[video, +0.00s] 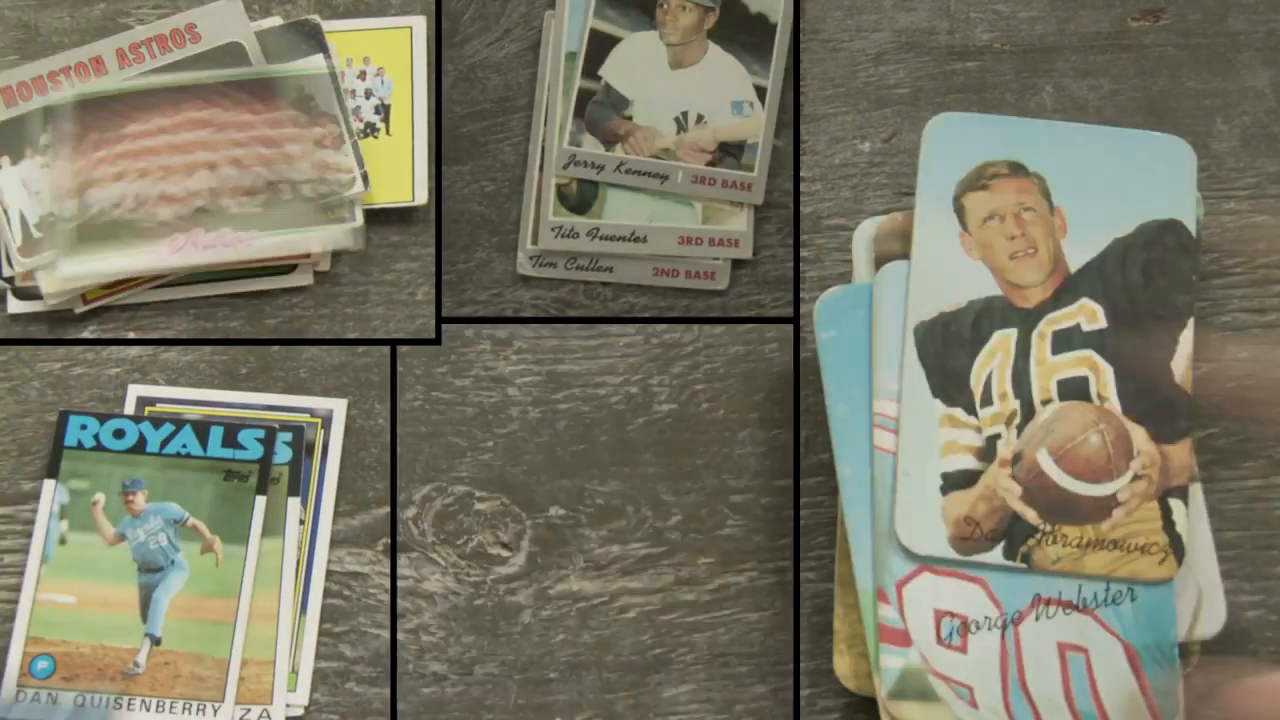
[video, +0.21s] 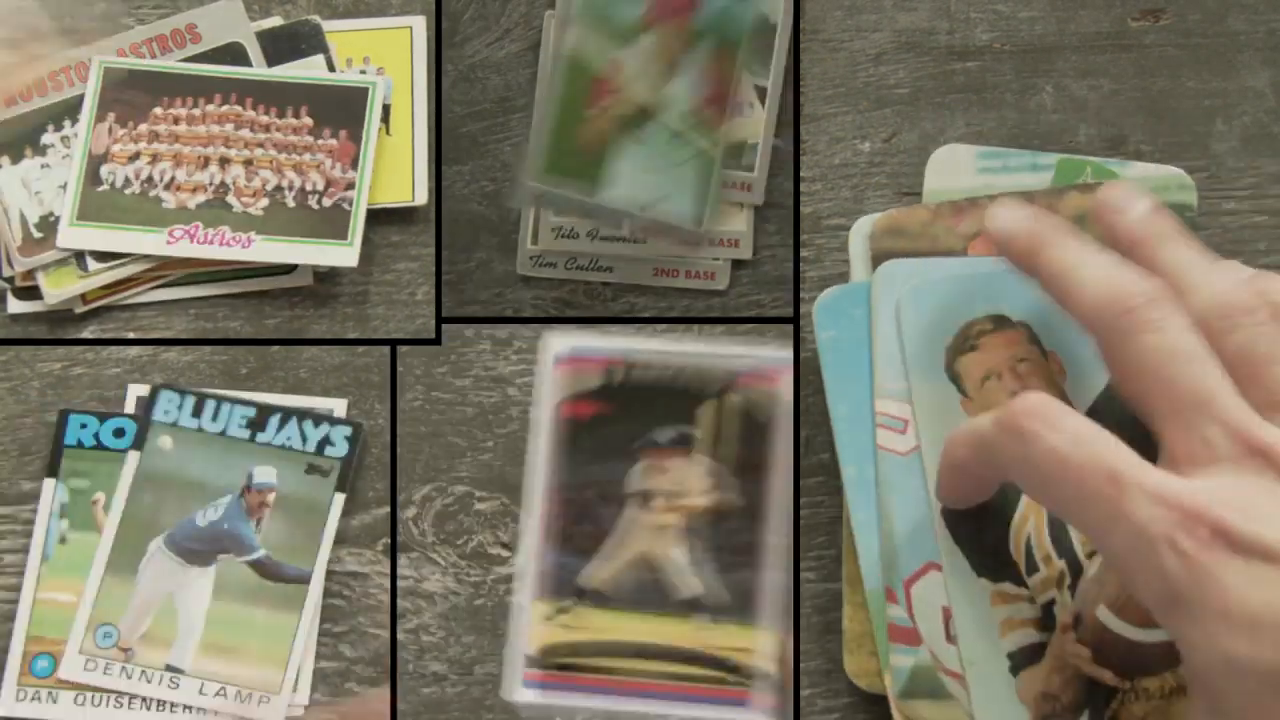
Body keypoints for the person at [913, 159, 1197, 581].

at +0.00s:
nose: (1016, 230)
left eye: (1027, 211)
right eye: (994, 220)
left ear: (1058, 223)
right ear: (970, 246)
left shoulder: (1130, 294)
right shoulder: (961, 345)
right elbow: (963, 532)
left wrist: (1167, 466)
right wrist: (996, 494)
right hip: (1035, 572)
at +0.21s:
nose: (1012, 385)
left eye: (1023, 364)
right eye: (990, 382)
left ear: (1056, 368)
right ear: (971, 409)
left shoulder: (1127, 425)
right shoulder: (997, 523)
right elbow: (1035, 692)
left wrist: (1259, 692)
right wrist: (1260, 689)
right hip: (1118, 697)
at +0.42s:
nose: (1044, 396)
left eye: (1047, 375)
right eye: (1018, 388)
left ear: (1070, 374)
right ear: (994, 416)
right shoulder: (993, 524)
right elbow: (1026, 695)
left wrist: (1244, 658)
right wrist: (1245, 659)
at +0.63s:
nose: (946, 383)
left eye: (955, 362)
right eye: (930, 375)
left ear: (984, 359)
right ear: (925, 390)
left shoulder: (1061, 402)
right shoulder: (940, 465)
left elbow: (1108, 486)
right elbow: (946, 558)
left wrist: (1041, 562)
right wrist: (982, 591)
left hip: (1129, 620)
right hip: (1038, 644)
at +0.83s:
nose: (946, 383)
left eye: (954, 362)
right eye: (930, 375)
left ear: (983, 360)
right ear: (925, 390)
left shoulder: (1060, 402)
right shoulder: (942, 468)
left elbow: (1107, 486)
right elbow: (947, 560)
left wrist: (1038, 563)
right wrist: (997, 601)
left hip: (1129, 612)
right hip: (1039, 639)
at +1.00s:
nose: (958, 409)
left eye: (969, 391)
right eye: (938, 393)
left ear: (987, 401)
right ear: (907, 406)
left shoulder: (1024, 474)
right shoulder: (868, 482)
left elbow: (1068, 592)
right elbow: (862, 599)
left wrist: (1026, 627)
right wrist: (969, 606)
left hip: (1008, 687)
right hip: (913, 690)